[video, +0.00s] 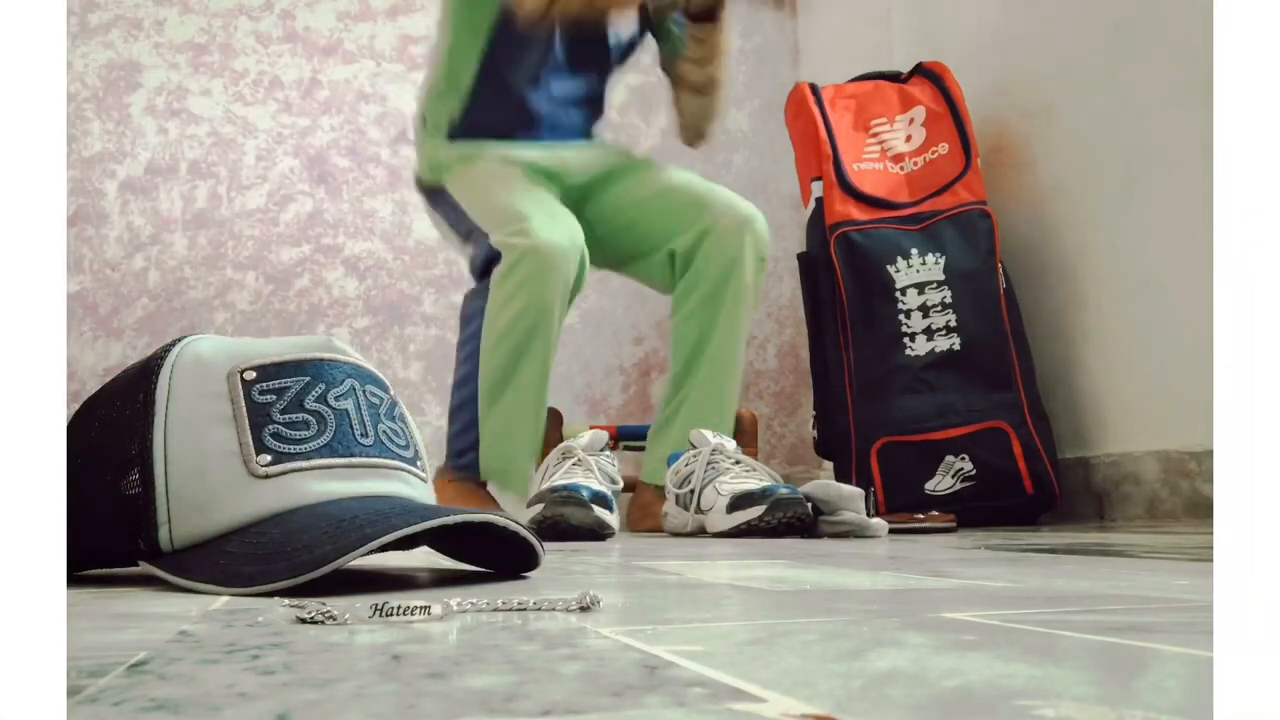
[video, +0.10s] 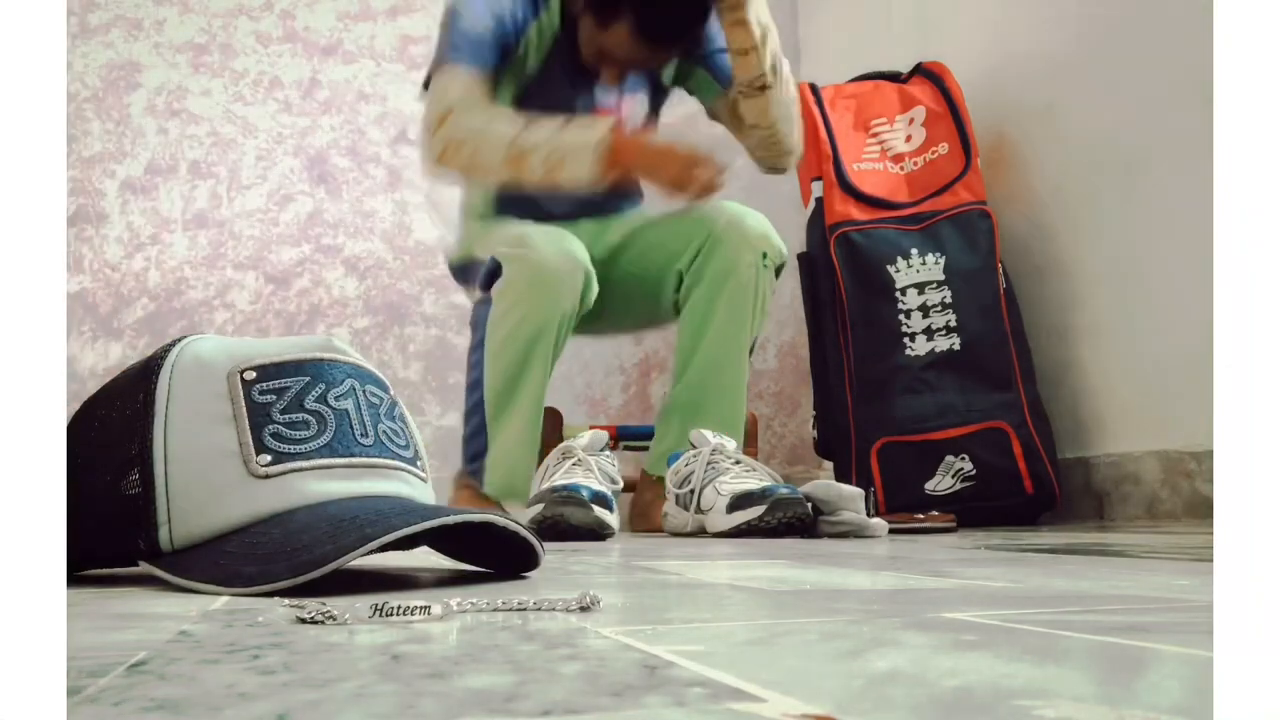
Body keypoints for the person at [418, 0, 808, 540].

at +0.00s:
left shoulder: (655, 2)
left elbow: (695, 123)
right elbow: (533, 10)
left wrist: (706, 21)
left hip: (580, 157)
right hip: (473, 151)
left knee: (732, 229)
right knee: (549, 246)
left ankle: (677, 479)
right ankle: (503, 494)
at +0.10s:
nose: (617, 72)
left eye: (639, 64)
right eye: (608, 55)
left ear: (680, 36)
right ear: (582, 9)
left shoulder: (681, 30)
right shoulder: (496, 11)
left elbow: (777, 151)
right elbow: (452, 134)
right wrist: (617, 151)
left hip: (614, 242)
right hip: (505, 234)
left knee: (744, 236)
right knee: (550, 261)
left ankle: (676, 483)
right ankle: (483, 492)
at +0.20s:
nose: (598, 153)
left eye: (618, 138)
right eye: (580, 139)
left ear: (642, 99)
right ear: (551, 102)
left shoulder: (673, 117)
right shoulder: (501, 127)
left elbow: (788, 166)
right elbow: (415, 254)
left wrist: (654, 49)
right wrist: (498, 239)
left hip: (666, 344)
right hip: (564, 345)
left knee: (753, 240)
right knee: (519, 255)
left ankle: (670, 482)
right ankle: (505, 491)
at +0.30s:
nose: (615, 164)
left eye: (626, 146)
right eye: (596, 154)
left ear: (644, 114)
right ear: (562, 137)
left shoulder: (677, 157)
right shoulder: (531, 179)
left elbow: (772, 174)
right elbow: (436, 299)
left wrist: (637, 75)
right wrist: (500, 187)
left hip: (673, 369)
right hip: (576, 375)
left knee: (767, 242)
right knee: (559, 246)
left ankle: (674, 478)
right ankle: (506, 486)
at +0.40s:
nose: (614, 156)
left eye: (627, 131)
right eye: (591, 140)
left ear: (654, 106)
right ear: (562, 130)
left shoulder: (690, 170)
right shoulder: (557, 185)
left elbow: (762, 140)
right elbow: (497, 264)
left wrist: (647, 39)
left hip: (682, 370)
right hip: (587, 372)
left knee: (767, 237)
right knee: (568, 226)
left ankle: (695, 464)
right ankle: (563, 462)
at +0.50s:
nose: (612, 149)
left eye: (620, 123)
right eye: (588, 137)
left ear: (646, 109)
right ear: (565, 138)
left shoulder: (695, 185)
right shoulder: (562, 196)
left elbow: (771, 170)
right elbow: (499, 202)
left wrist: (671, 62)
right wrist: (540, 74)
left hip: (682, 373)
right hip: (585, 373)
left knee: (763, 233)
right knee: (535, 213)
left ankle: (697, 458)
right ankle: (568, 456)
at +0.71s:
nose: (641, 135)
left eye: (644, 113)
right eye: (616, 124)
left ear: (654, 105)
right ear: (573, 136)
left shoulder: (688, 181)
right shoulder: (551, 198)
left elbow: (753, 144)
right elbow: (498, 221)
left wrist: (655, 73)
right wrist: (508, 86)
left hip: (681, 361)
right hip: (579, 363)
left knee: (758, 228)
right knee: (503, 263)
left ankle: (693, 459)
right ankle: (427, 473)